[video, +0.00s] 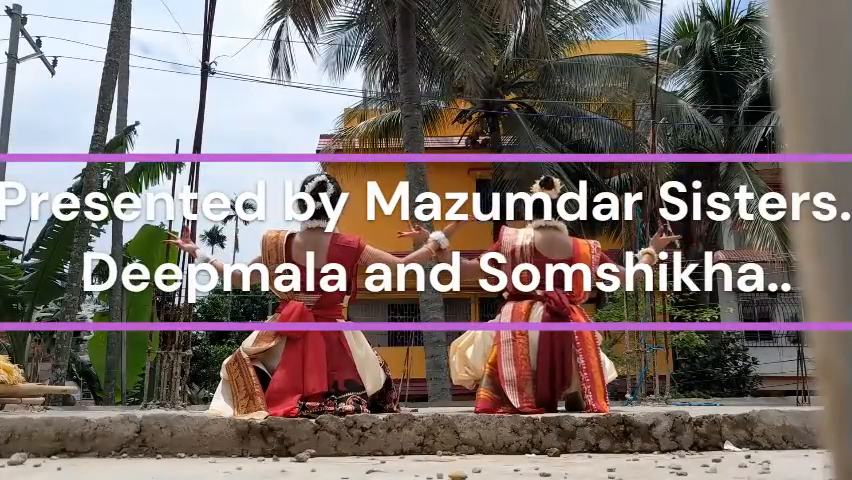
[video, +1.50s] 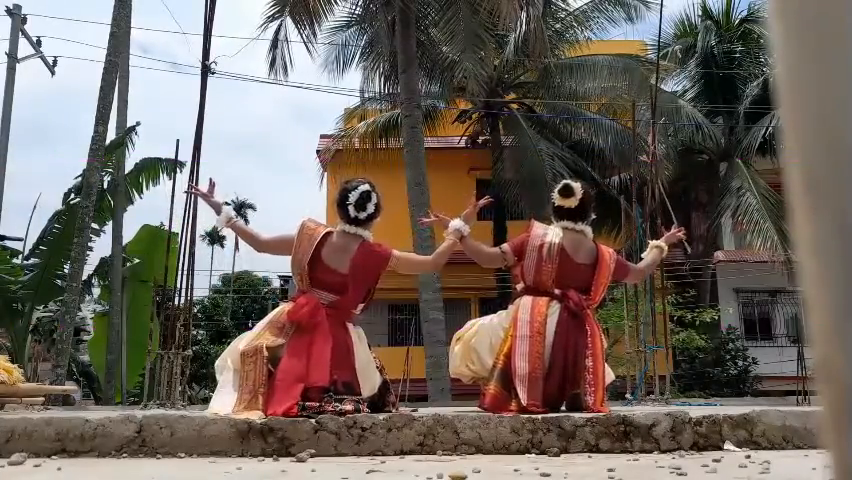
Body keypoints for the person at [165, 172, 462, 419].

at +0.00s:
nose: (335, 207)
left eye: (315, 202)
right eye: (337, 202)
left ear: (300, 205)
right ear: (337, 206)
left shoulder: (275, 245)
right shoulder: (349, 247)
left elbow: (238, 278)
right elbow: (403, 263)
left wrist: (198, 253)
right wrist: (434, 245)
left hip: (287, 343)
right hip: (334, 343)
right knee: (375, 389)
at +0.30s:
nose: (342, 210)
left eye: (330, 202)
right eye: (343, 204)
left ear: (306, 204)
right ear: (342, 208)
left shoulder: (283, 243)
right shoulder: (354, 249)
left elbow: (238, 266)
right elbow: (409, 265)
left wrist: (198, 242)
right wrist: (443, 245)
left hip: (289, 340)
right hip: (333, 342)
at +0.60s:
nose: (365, 214)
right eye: (365, 210)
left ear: (329, 210)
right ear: (364, 214)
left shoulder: (304, 240)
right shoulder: (369, 254)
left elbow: (257, 263)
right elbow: (426, 272)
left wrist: (207, 239)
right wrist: (451, 246)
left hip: (291, 337)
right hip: (336, 342)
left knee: (238, 356)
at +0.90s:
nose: (378, 218)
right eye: (376, 214)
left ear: (340, 212)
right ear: (373, 216)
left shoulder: (313, 240)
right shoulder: (376, 253)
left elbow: (265, 250)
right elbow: (432, 262)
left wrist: (231, 231)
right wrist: (456, 238)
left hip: (299, 338)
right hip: (343, 341)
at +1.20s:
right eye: (374, 208)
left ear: (341, 206)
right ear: (378, 213)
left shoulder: (316, 235)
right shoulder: (383, 251)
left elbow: (267, 243)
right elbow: (437, 260)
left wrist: (230, 215)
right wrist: (455, 228)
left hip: (300, 334)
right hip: (347, 339)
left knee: (245, 350)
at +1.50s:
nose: (366, 213)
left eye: (350, 205)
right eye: (371, 209)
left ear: (338, 208)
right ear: (374, 214)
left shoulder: (310, 237)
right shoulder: (378, 255)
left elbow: (259, 243)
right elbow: (433, 263)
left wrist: (219, 209)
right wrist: (461, 224)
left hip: (293, 337)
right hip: (341, 344)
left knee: (241, 355)